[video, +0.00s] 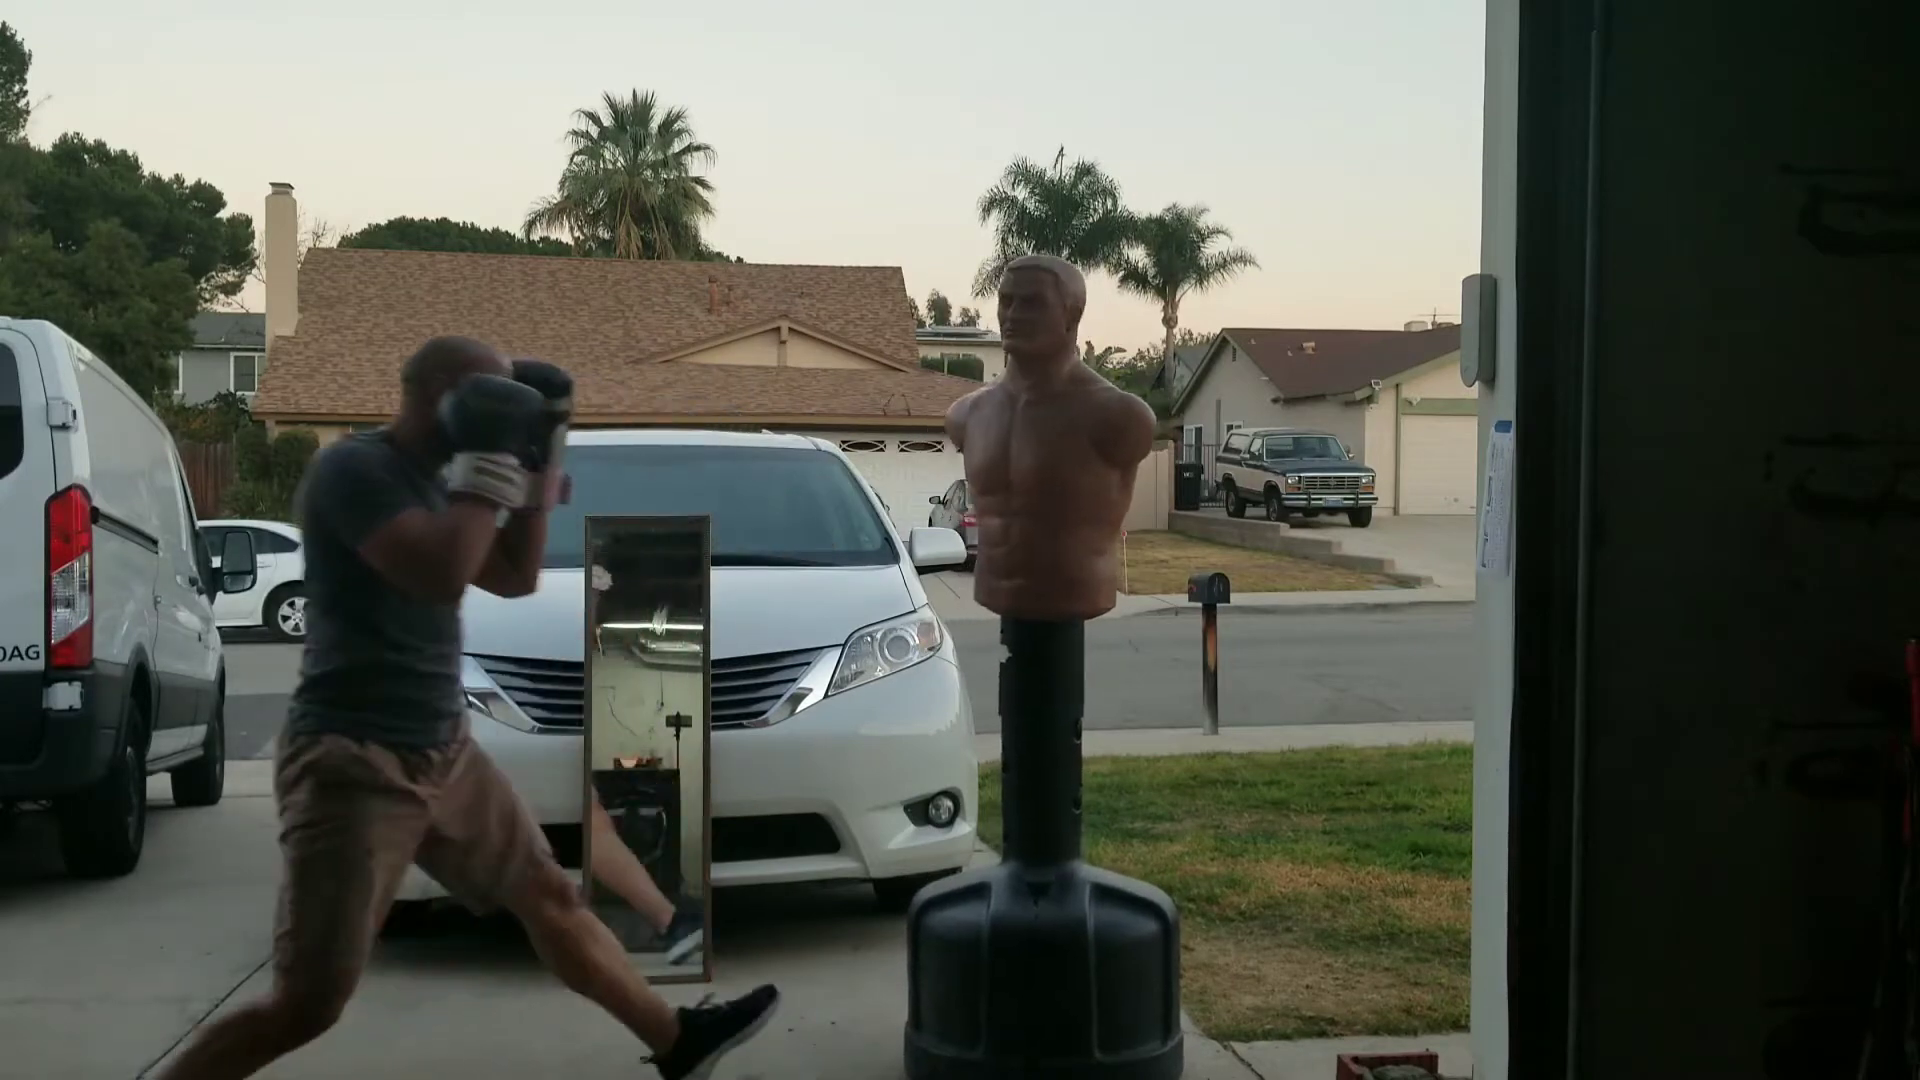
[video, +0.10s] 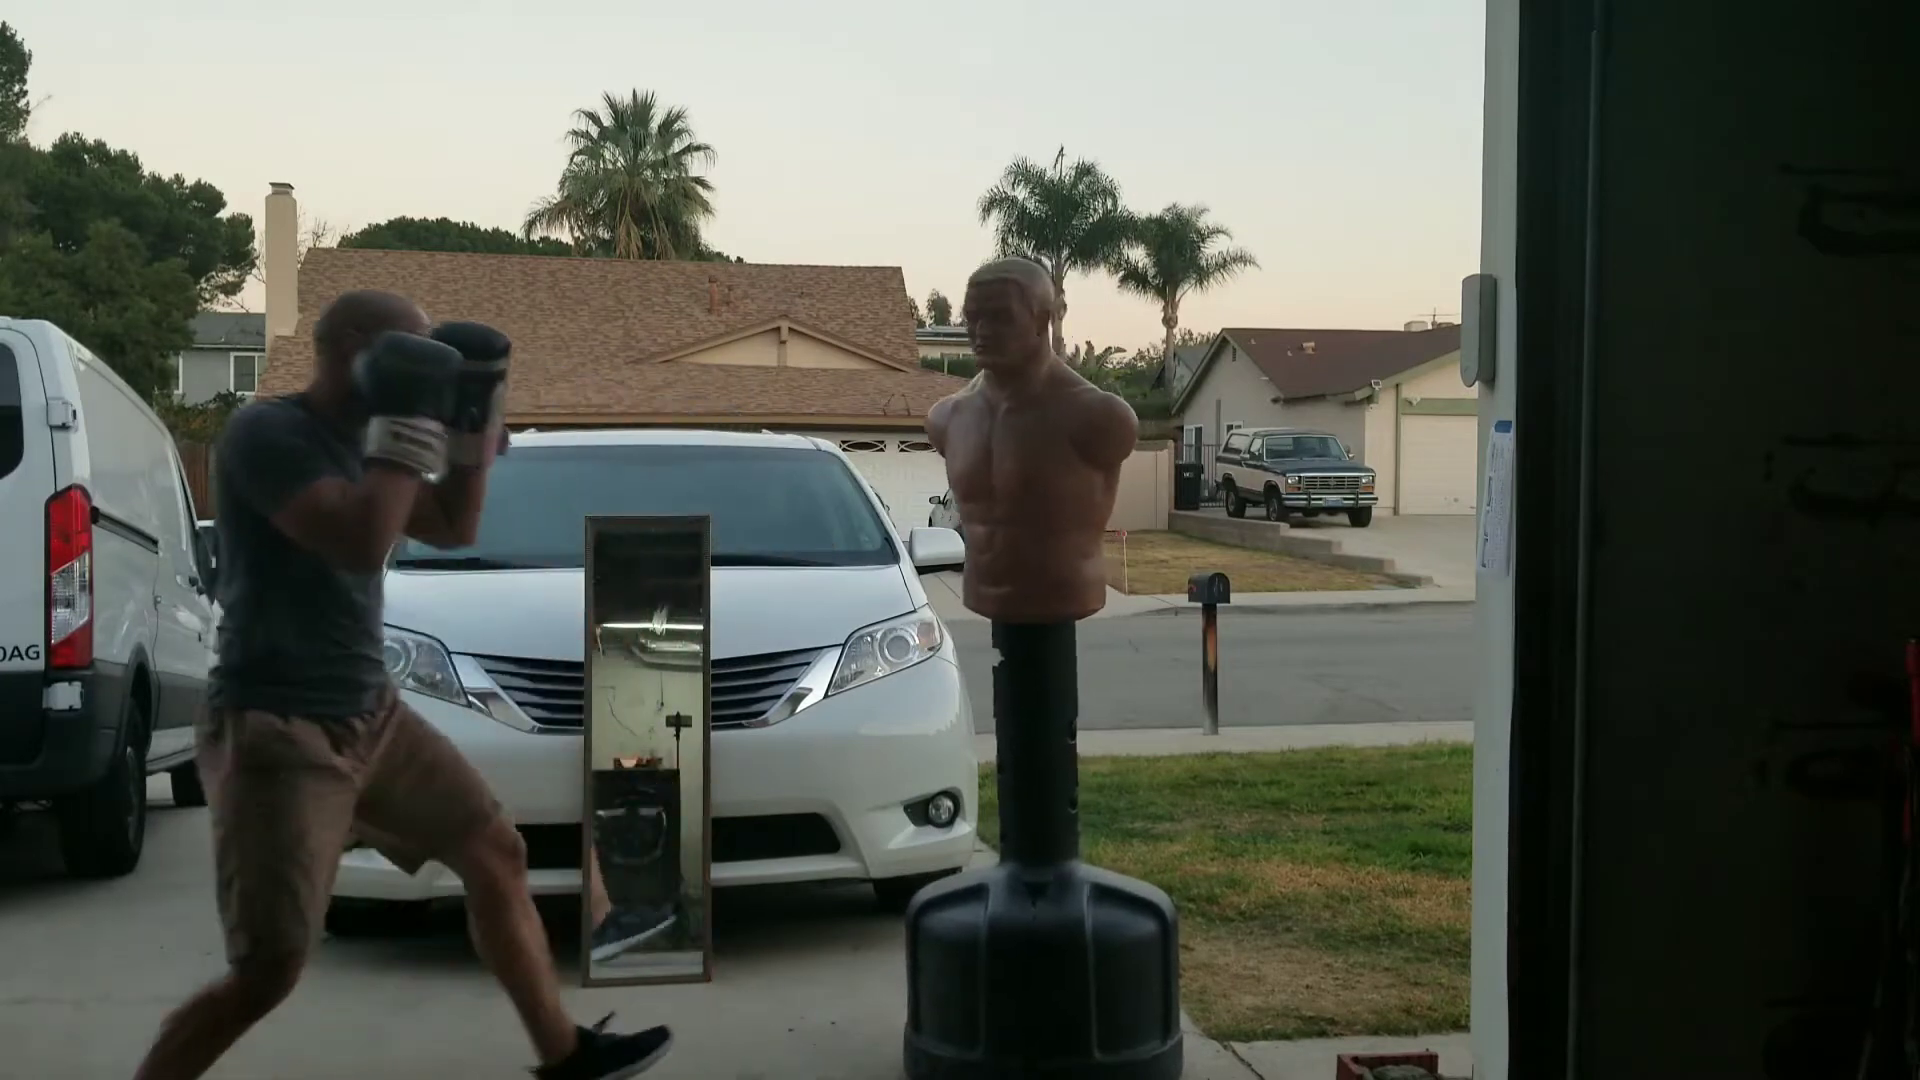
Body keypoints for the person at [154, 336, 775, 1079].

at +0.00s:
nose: (496, 415)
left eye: (501, 400)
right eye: (486, 398)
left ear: (459, 409)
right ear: (437, 397)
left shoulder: (443, 482)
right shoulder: (347, 469)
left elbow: (514, 577)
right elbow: (441, 573)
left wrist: (544, 448)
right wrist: (498, 456)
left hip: (444, 753)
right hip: (351, 760)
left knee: (552, 899)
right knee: (309, 1001)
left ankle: (670, 1036)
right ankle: (166, 1075)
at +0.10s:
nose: (411, 382)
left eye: (420, 368)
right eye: (401, 364)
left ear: (393, 373)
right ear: (348, 358)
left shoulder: (356, 442)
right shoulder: (262, 432)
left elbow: (452, 524)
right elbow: (362, 537)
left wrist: (481, 402)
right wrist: (410, 419)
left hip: (369, 714)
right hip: (276, 728)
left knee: (493, 848)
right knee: (268, 971)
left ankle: (560, 1050)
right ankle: (151, 1077)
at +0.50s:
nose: (253, 358)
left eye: (258, 341)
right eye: (238, 338)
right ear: (177, 334)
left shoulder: (206, 437)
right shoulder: (73, 423)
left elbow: (217, 568)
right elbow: (161, 559)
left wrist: (290, 506)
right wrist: (229, 438)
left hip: (194, 735)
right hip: (82, 732)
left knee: (232, 953)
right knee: (54, 968)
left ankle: (52, 1072)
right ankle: (4, 1068)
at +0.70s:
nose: (292, 321)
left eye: (297, 306)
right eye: (284, 303)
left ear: (237, 292)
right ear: (229, 288)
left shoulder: (231, 383)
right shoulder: (127, 361)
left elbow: (250, 512)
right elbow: (180, 512)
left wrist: (327, 427)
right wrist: (279, 416)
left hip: (207, 673)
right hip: (105, 675)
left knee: (286, 867)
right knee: (55, 912)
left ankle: (178, 1067)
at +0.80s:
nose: (309, 351)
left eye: (316, 336)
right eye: (309, 332)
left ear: (269, 312)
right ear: (271, 312)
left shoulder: (232, 392)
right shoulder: (179, 368)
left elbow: (310, 520)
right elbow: (278, 508)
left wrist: (350, 411)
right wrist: (335, 395)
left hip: (215, 685)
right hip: (126, 685)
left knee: (310, 851)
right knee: (62, 921)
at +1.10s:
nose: (451, 406)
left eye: (456, 389)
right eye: (452, 386)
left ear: (396, 364)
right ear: (412, 367)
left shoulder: (329, 416)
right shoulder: (345, 408)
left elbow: (333, 559)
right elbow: (367, 552)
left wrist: (419, 515)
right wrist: (452, 528)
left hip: (326, 708)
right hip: (253, 709)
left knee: (412, 865)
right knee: (217, 956)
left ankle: (403, 1069)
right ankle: (19, 1065)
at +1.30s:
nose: (532, 365)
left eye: (536, 348)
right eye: (526, 344)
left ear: (472, 332)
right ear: (479, 331)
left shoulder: (434, 418)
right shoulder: (378, 392)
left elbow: (444, 540)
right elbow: (424, 540)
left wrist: (542, 466)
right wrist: (522, 456)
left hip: (378, 684)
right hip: (305, 681)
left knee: (419, 874)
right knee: (355, 912)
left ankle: (403, 1069)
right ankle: (234, 1072)